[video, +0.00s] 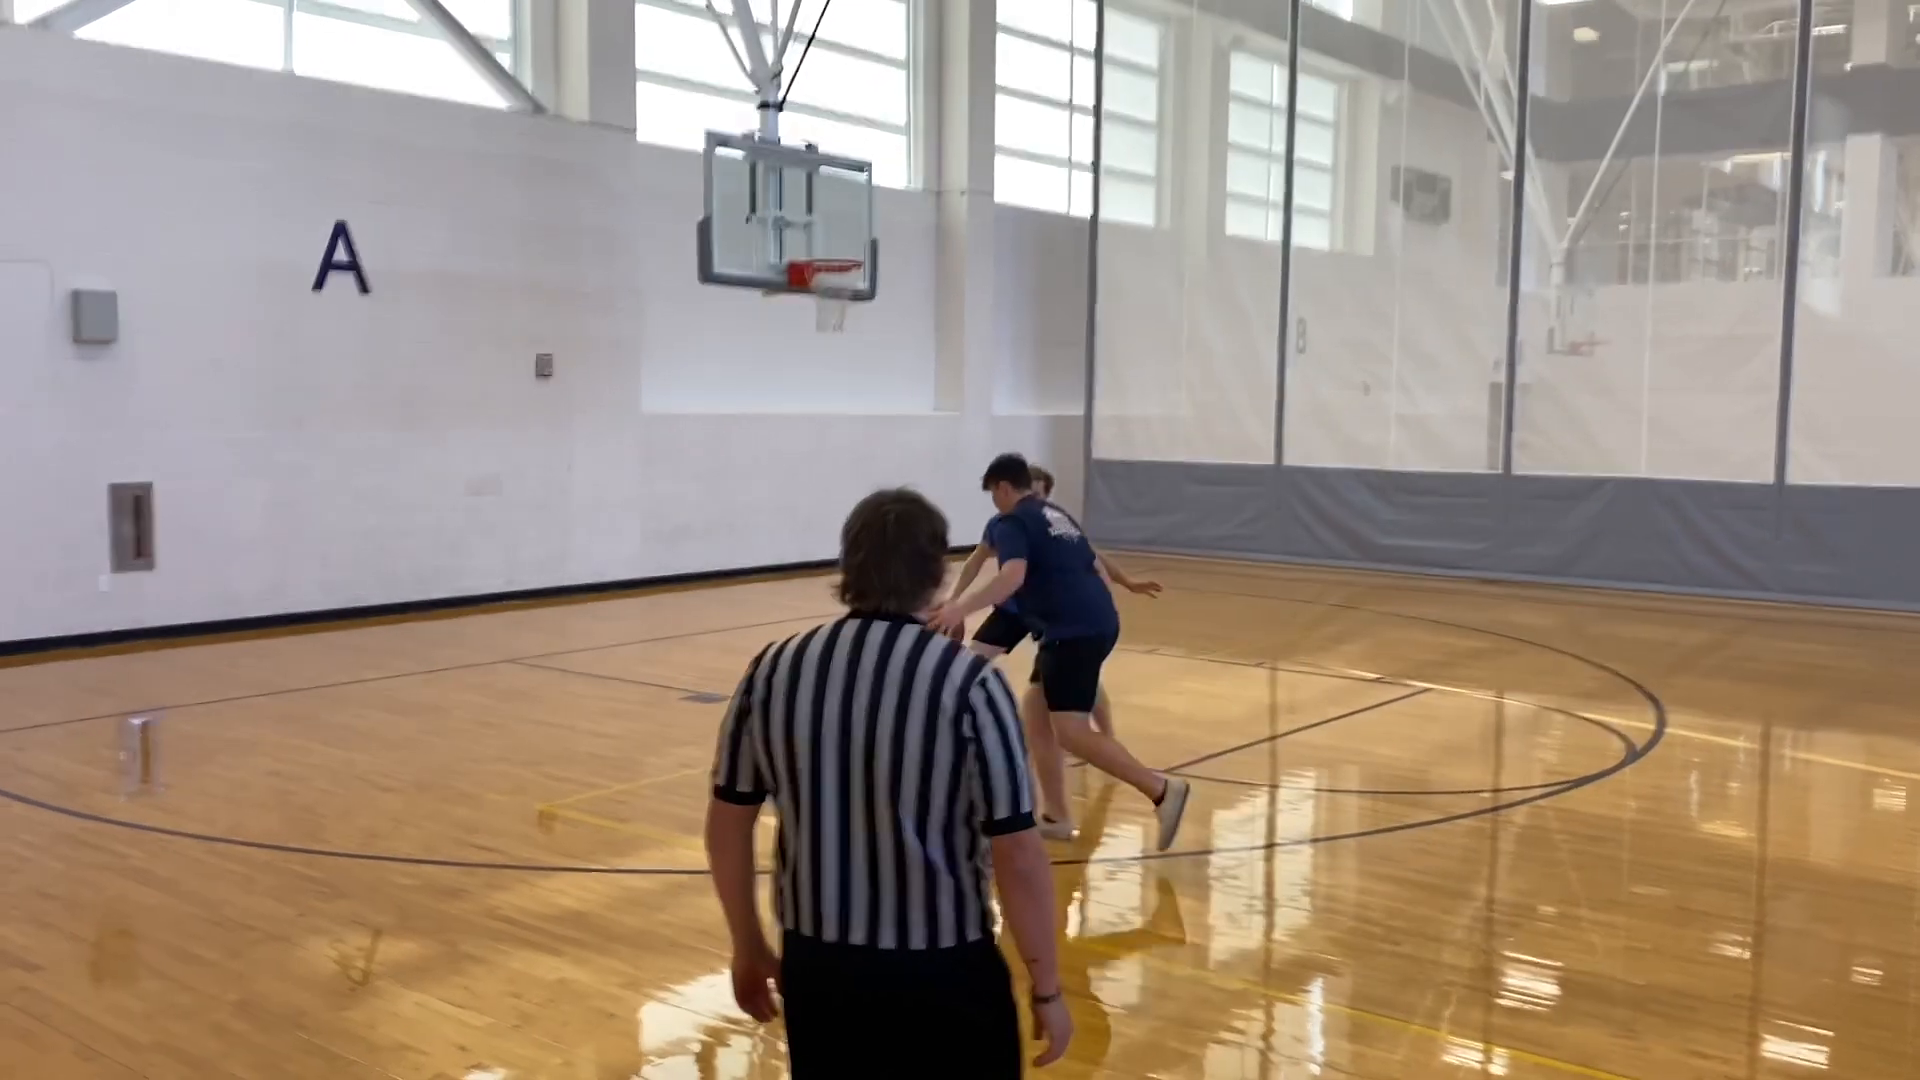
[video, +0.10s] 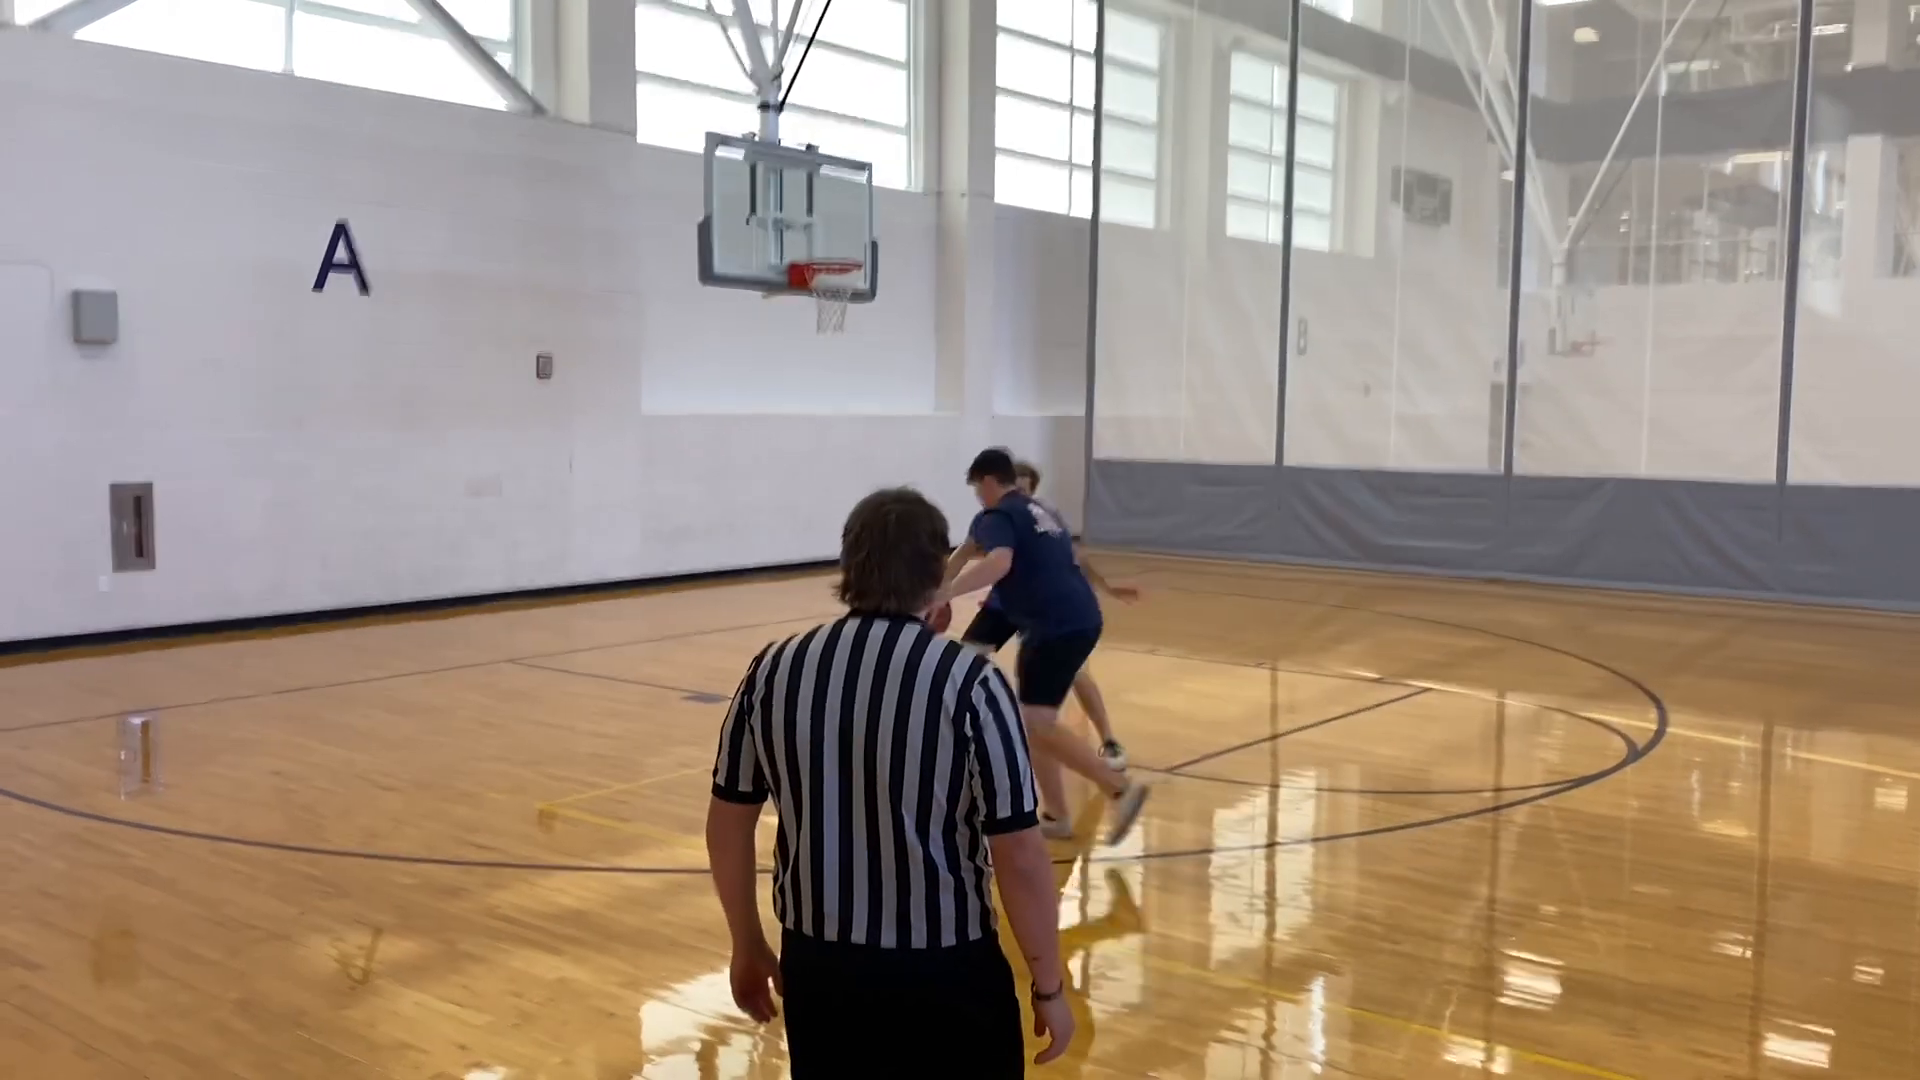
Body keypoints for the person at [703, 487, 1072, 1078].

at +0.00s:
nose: (945, 575)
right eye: (943, 562)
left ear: (849, 568)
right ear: (937, 572)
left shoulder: (775, 669)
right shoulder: (970, 684)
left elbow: (727, 823)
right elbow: (1017, 853)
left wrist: (747, 945)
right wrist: (1048, 989)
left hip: (820, 980)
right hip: (950, 982)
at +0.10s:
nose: (952, 584)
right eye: (949, 570)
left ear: (850, 572)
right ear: (937, 581)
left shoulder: (775, 668)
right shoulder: (971, 682)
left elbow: (728, 820)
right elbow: (1018, 853)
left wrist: (746, 943)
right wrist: (1049, 986)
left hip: (819, 977)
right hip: (951, 979)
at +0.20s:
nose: (951, 580)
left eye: (948, 565)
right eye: (948, 566)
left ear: (850, 566)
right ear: (937, 575)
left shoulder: (775, 669)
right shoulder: (974, 685)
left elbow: (727, 825)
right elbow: (1018, 856)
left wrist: (745, 946)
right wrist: (1049, 988)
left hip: (818, 977)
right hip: (950, 980)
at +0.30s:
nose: (951, 583)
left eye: (947, 567)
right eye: (948, 569)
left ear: (850, 568)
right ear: (935, 578)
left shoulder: (774, 673)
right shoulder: (973, 686)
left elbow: (727, 827)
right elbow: (1019, 856)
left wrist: (744, 949)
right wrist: (1048, 989)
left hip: (818, 982)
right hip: (951, 984)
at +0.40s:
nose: (946, 585)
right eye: (944, 571)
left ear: (848, 572)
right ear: (935, 579)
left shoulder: (773, 675)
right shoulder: (972, 688)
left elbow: (726, 830)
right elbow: (1019, 861)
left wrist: (744, 950)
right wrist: (1048, 989)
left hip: (817, 985)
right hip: (950, 988)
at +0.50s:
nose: (950, 582)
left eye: (945, 566)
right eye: (947, 568)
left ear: (849, 572)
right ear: (937, 578)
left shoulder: (772, 676)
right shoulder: (973, 689)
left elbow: (725, 831)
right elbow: (1020, 862)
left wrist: (744, 950)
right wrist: (1047, 988)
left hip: (816, 984)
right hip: (948, 988)